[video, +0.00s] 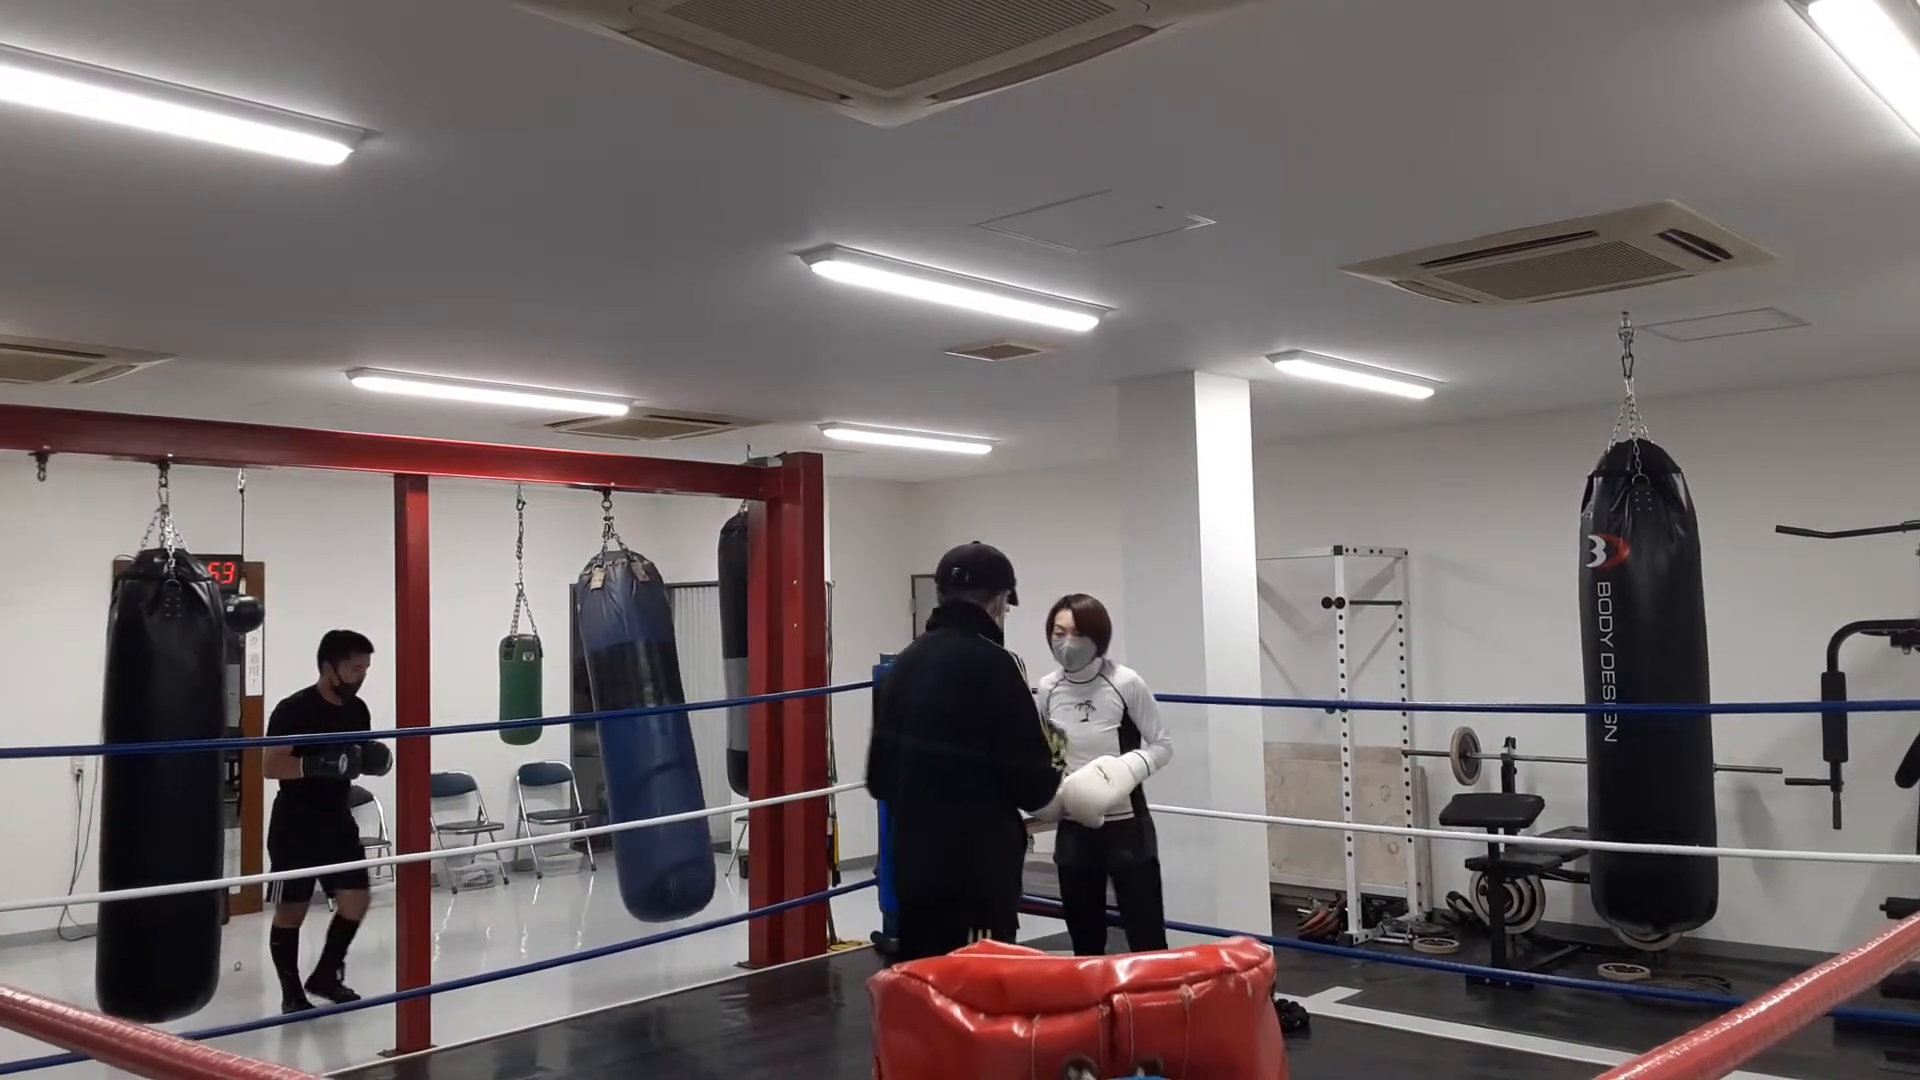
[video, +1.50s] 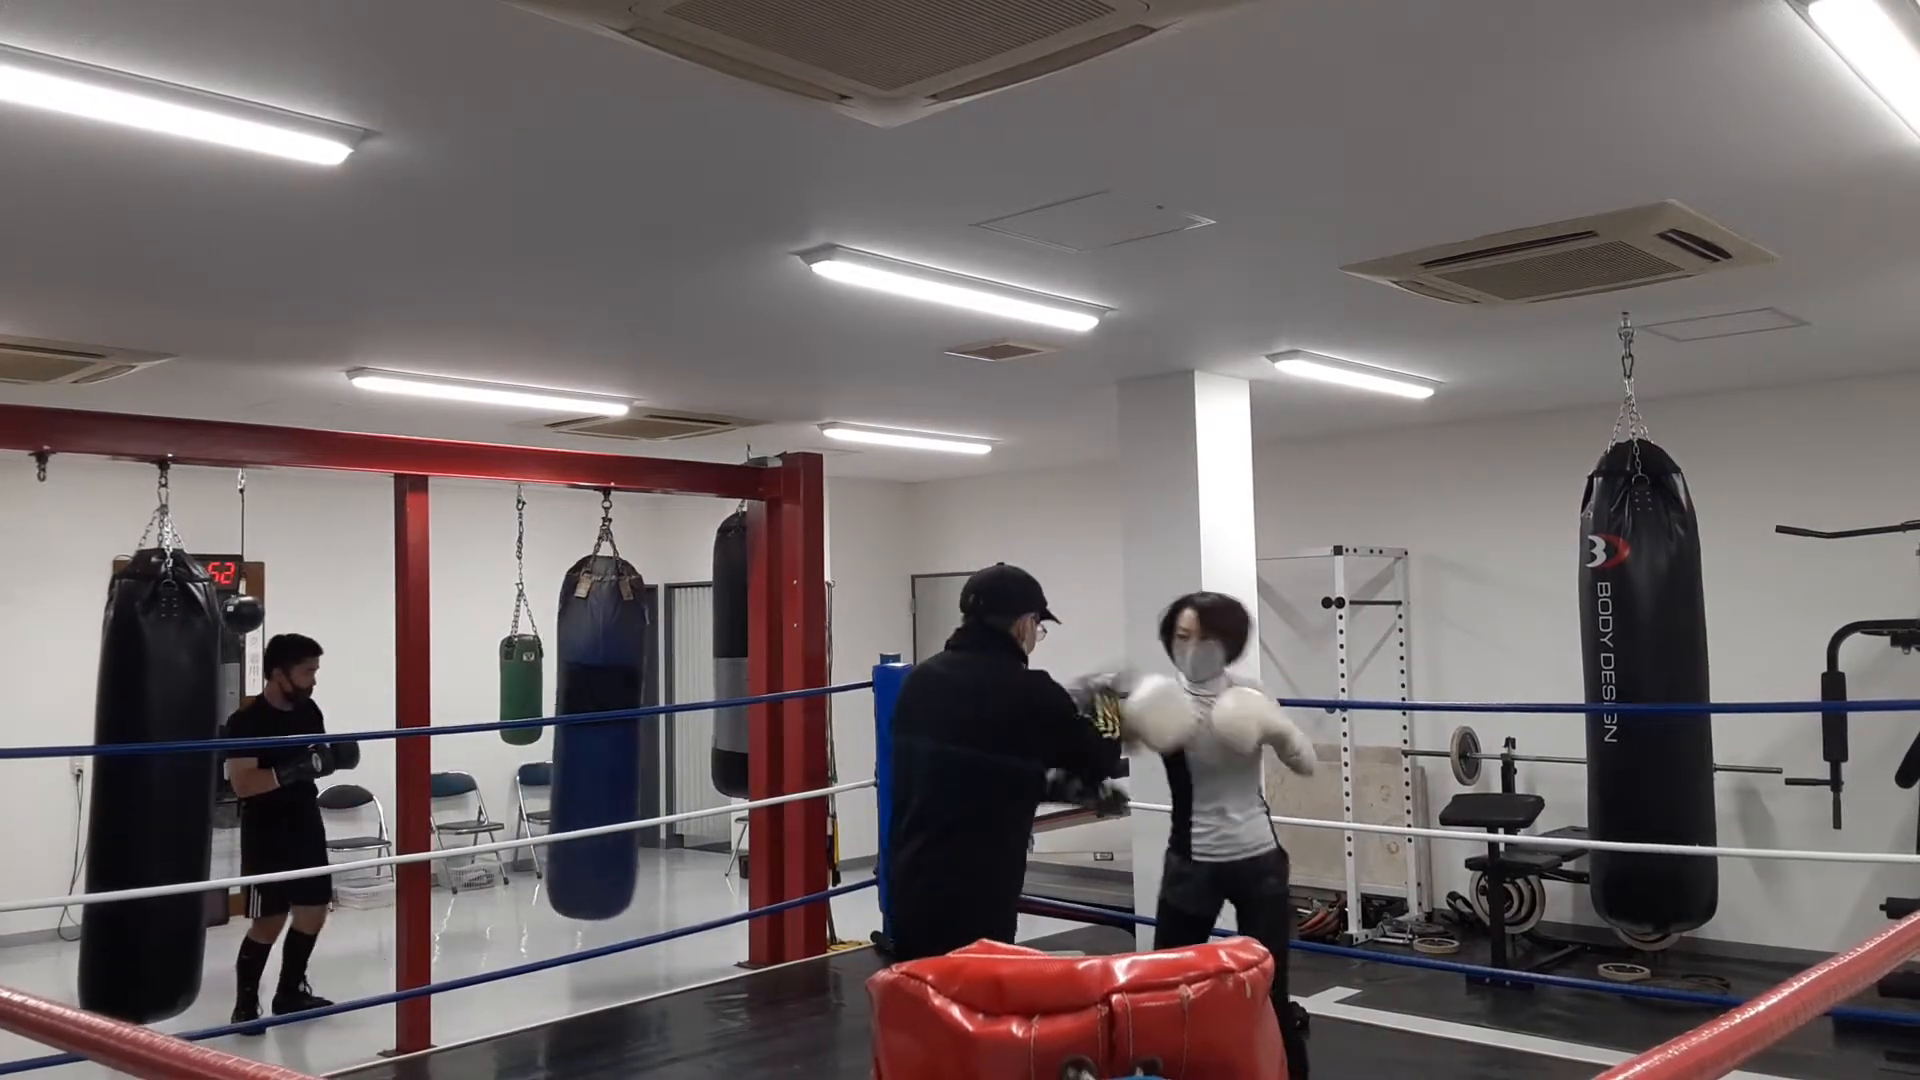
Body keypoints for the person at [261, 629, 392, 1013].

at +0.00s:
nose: (363, 675)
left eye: (365, 668)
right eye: (357, 668)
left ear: (361, 668)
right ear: (329, 666)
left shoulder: (357, 710)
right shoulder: (293, 710)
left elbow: (354, 754)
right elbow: (272, 765)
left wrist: (373, 759)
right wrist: (322, 764)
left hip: (337, 817)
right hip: (295, 818)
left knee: (356, 899)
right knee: (292, 905)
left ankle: (325, 976)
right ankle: (291, 994)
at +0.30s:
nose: (382, 682)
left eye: (385, 675)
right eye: (375, 674)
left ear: (383, 673)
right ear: (350, 671)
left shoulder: (372, 715)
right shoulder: (310, 711)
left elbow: (367, 762)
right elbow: (285, 767)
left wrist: (386, 769)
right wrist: (335, 772)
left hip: (347, 820)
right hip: (304, 820)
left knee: (361, 905)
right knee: (298, 910)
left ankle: (377, 991)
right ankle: (293, 997)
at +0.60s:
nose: (401, 677)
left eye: (402, 670)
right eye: (396, 669)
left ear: (383, 668)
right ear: (372, 666)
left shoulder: (390, 712)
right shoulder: (331, 705)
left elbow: (409, 759)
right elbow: (319, 760)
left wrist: (404, 756)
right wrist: (363, 757)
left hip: (366, 815)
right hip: (323, 816)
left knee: (373, 903)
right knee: (322, 909)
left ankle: (380, 990)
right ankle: (299, 991)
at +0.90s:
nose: (391, 678)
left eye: (393, 670)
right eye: (386, 669)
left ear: (372, 672)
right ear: (361, 668)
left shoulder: (378, 713)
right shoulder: (320, 708)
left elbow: (389, 764)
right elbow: (311, 768)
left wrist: (407, 757)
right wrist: (359, 760)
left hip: (356, 820)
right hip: (313, 823)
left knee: (368, 903)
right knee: (296, 912)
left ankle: (380, 990)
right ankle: (255, 995)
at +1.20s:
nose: (346, 684)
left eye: (347, 676)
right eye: (340, 676)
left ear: (325, 675)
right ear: (313, 673)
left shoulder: (329, 716)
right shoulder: (273, 718)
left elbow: (317, 768)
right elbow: (256, 780)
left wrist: (349, 768)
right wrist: (314, 774)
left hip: (318, 827)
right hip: (277, 832)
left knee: (343, 908)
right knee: (272, 919)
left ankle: (369, 987)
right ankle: (246, 1005)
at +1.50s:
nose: (315, 678)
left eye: (316, 671)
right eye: (308, 671)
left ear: (293, 673)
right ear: (280, 673)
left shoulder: (309, 713)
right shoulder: (246, 721)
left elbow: (312, 762)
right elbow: (243, 784)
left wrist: (336, 758)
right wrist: (293, 771)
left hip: (305, 821)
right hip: (265, 826)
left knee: (312, 909)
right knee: (271, 916)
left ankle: (290, 991)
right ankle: (246, 1001)